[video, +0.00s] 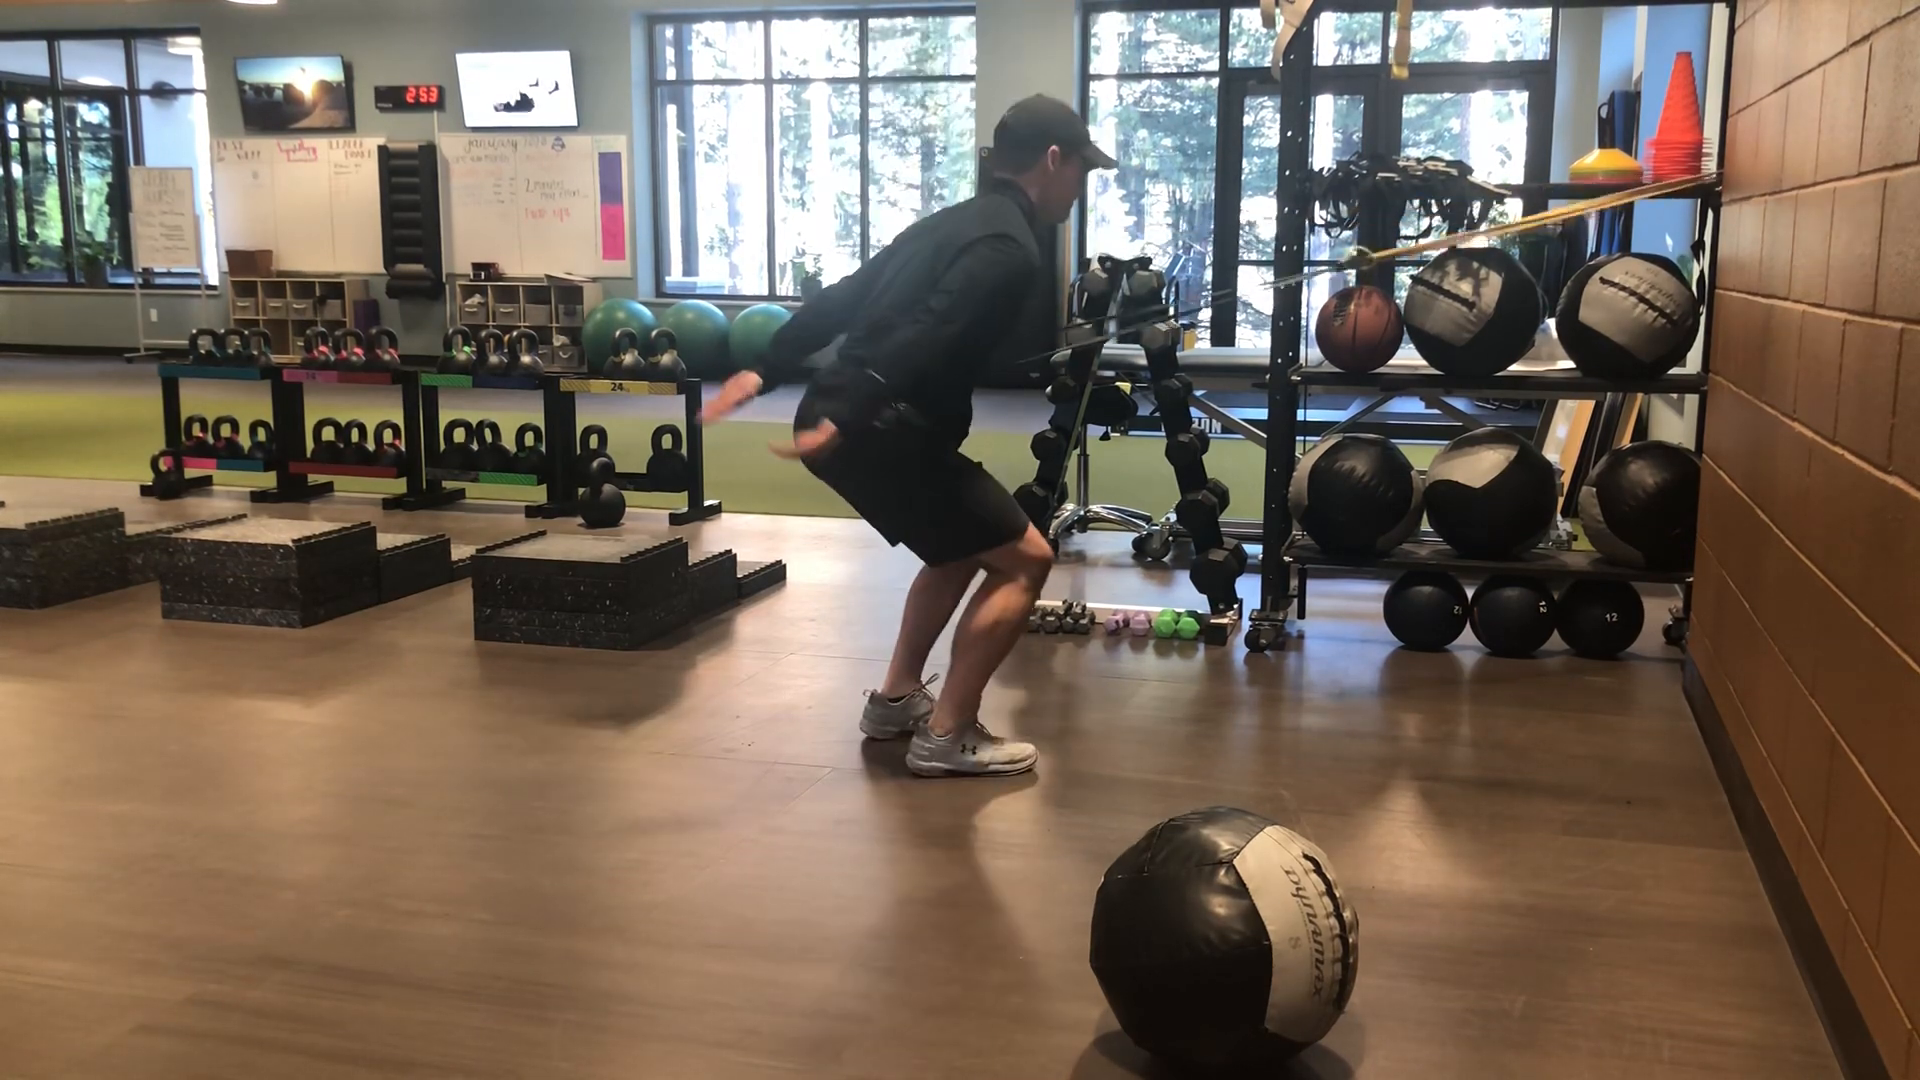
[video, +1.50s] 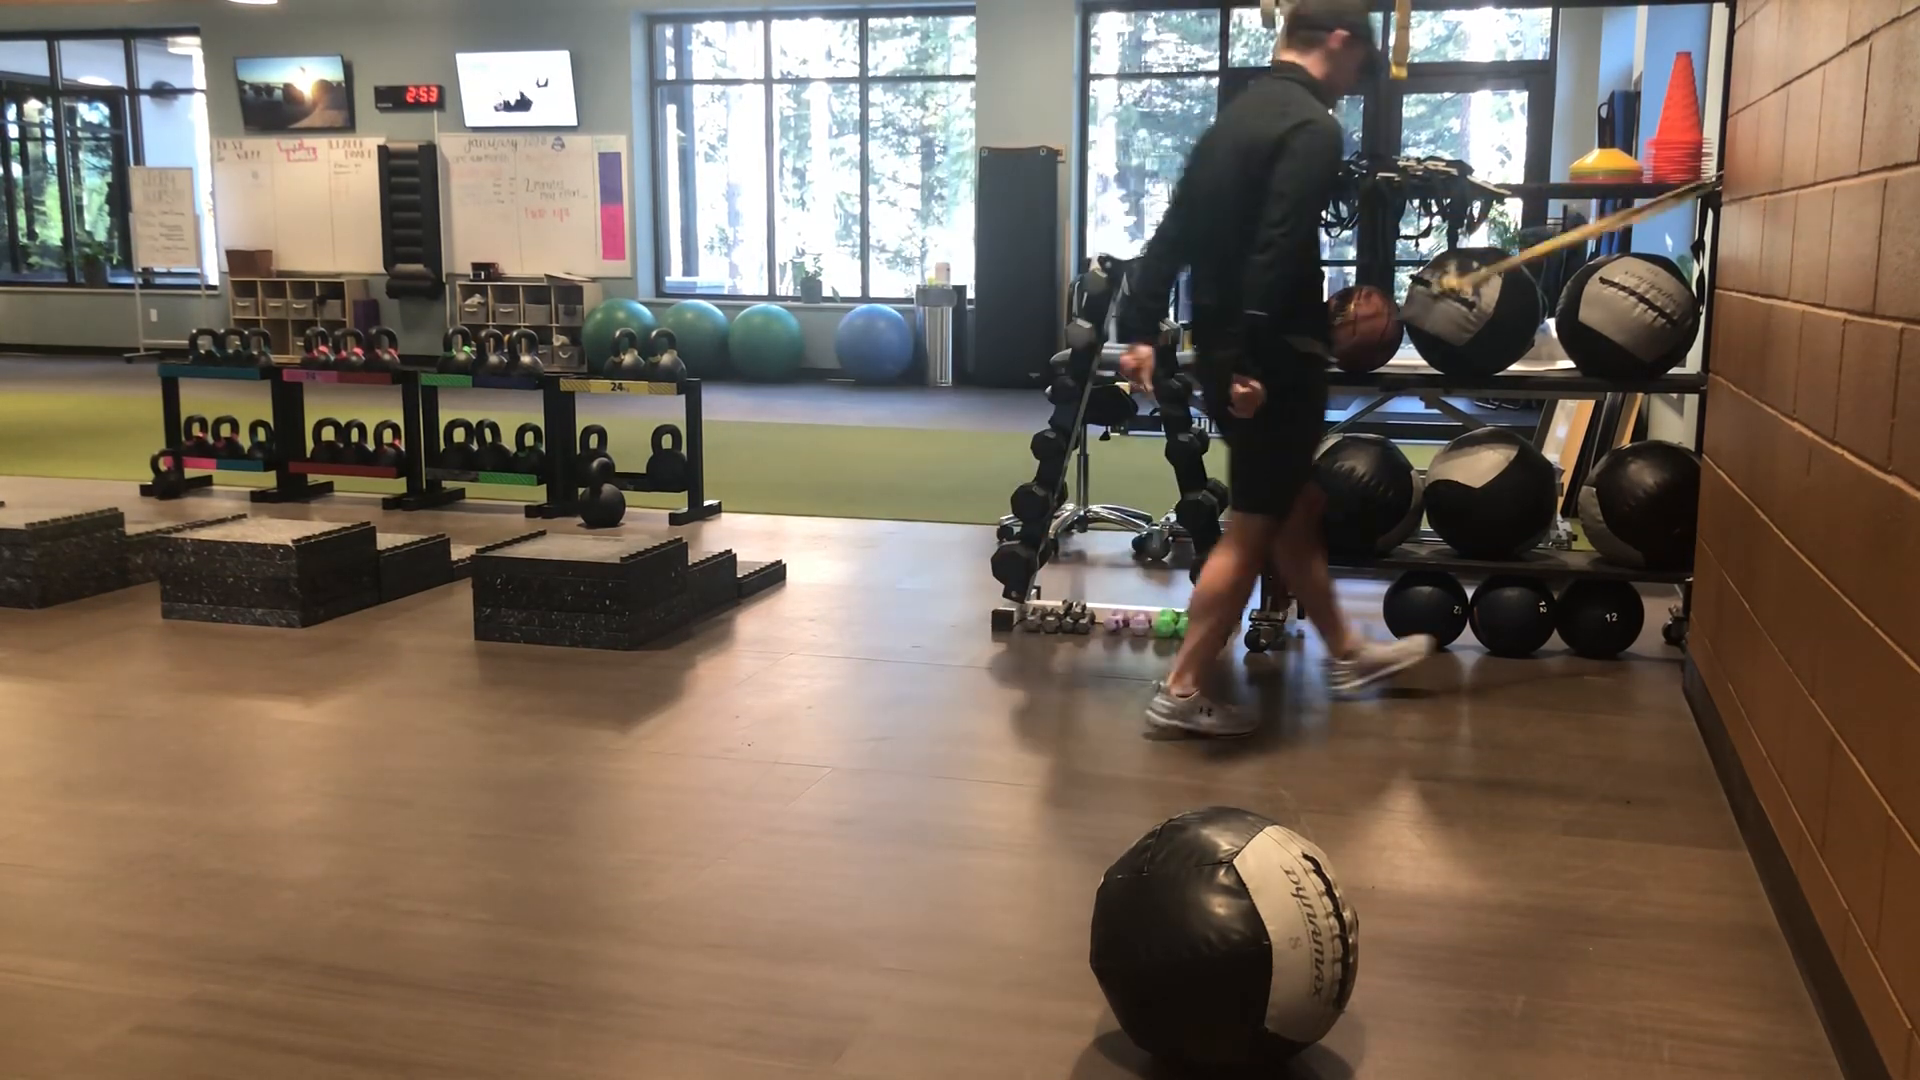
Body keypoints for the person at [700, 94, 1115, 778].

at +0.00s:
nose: (1082, 186)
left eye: (1084, 171)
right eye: (1080, 169)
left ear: (1020, 161)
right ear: (1051, 161)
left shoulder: (955, 220)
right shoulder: (1008, 244)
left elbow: (853, 291)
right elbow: (932, 328)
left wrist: (766, 366)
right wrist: (845, 413)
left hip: (844, 418)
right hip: (885, 432)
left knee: (959, 545)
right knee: (1026, 558)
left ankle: (897, 695)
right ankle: (949, 733)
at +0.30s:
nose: (1063, 77)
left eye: (1064, 62)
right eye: (1060, 59)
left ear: (1003, 52)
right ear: (1024, 51)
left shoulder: (938, 136)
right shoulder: (997, 147)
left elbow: (874, 257)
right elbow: (954, 275)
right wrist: (953, 404)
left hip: (862, 357)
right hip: (911, 365)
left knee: (954, 534)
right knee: (993, 543)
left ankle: (893, 699)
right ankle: (947, 734)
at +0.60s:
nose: (1024, 19)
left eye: (1021, 9)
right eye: (1017, 7)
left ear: (959, 16)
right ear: (985, 9)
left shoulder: (913, 99)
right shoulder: (984, 98)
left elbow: (932, 223)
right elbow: (1009, 224)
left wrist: (1021, 183)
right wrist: (1089, 242)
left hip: (909, 330)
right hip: (970, 336)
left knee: (912, 519)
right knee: (1014, 524)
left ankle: (890, 696)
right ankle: (957, 708)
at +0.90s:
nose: (1118, 32)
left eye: (1116, 20)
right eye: (1110, 19)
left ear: (1057, 27)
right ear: (1072, 22)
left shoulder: (1020, 101)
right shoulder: (1064, 110)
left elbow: (966, 223)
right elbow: (1057, 237)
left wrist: (1027, 299)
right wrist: (1115, 323)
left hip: (999, 353)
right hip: (1059, 357)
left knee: (965, 520)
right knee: (1109, 536)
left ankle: (897, 687)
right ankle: (1167, 694)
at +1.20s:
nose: (1237, 45)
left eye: (1239, 33)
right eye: (1235, 30)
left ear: (1175, 28)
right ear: (1206, 23)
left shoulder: (1117, 104)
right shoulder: (1199, 111)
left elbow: (1062, 212)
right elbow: (1179, 227)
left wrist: (1070, 315)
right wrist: (1208, 336)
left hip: (1111, 334)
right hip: (1171, 338)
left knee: (1168, 509)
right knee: (1179, 516)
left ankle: (1038, 613)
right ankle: (1179, 699)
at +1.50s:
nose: (1359, 78)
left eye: (1362, 65)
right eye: (1360, 62)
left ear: (1294, 41)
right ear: (1337, 42)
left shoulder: (1236, 113)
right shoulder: (1311, 125)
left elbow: (1177, 229)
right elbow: (1278, 245)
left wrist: (1140, 328)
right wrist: (1251, 361)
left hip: (1227, 347)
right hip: (1279, 355)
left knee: (1297, 507)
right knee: (1248, 529)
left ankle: (1346, 649)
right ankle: (1183, 688)